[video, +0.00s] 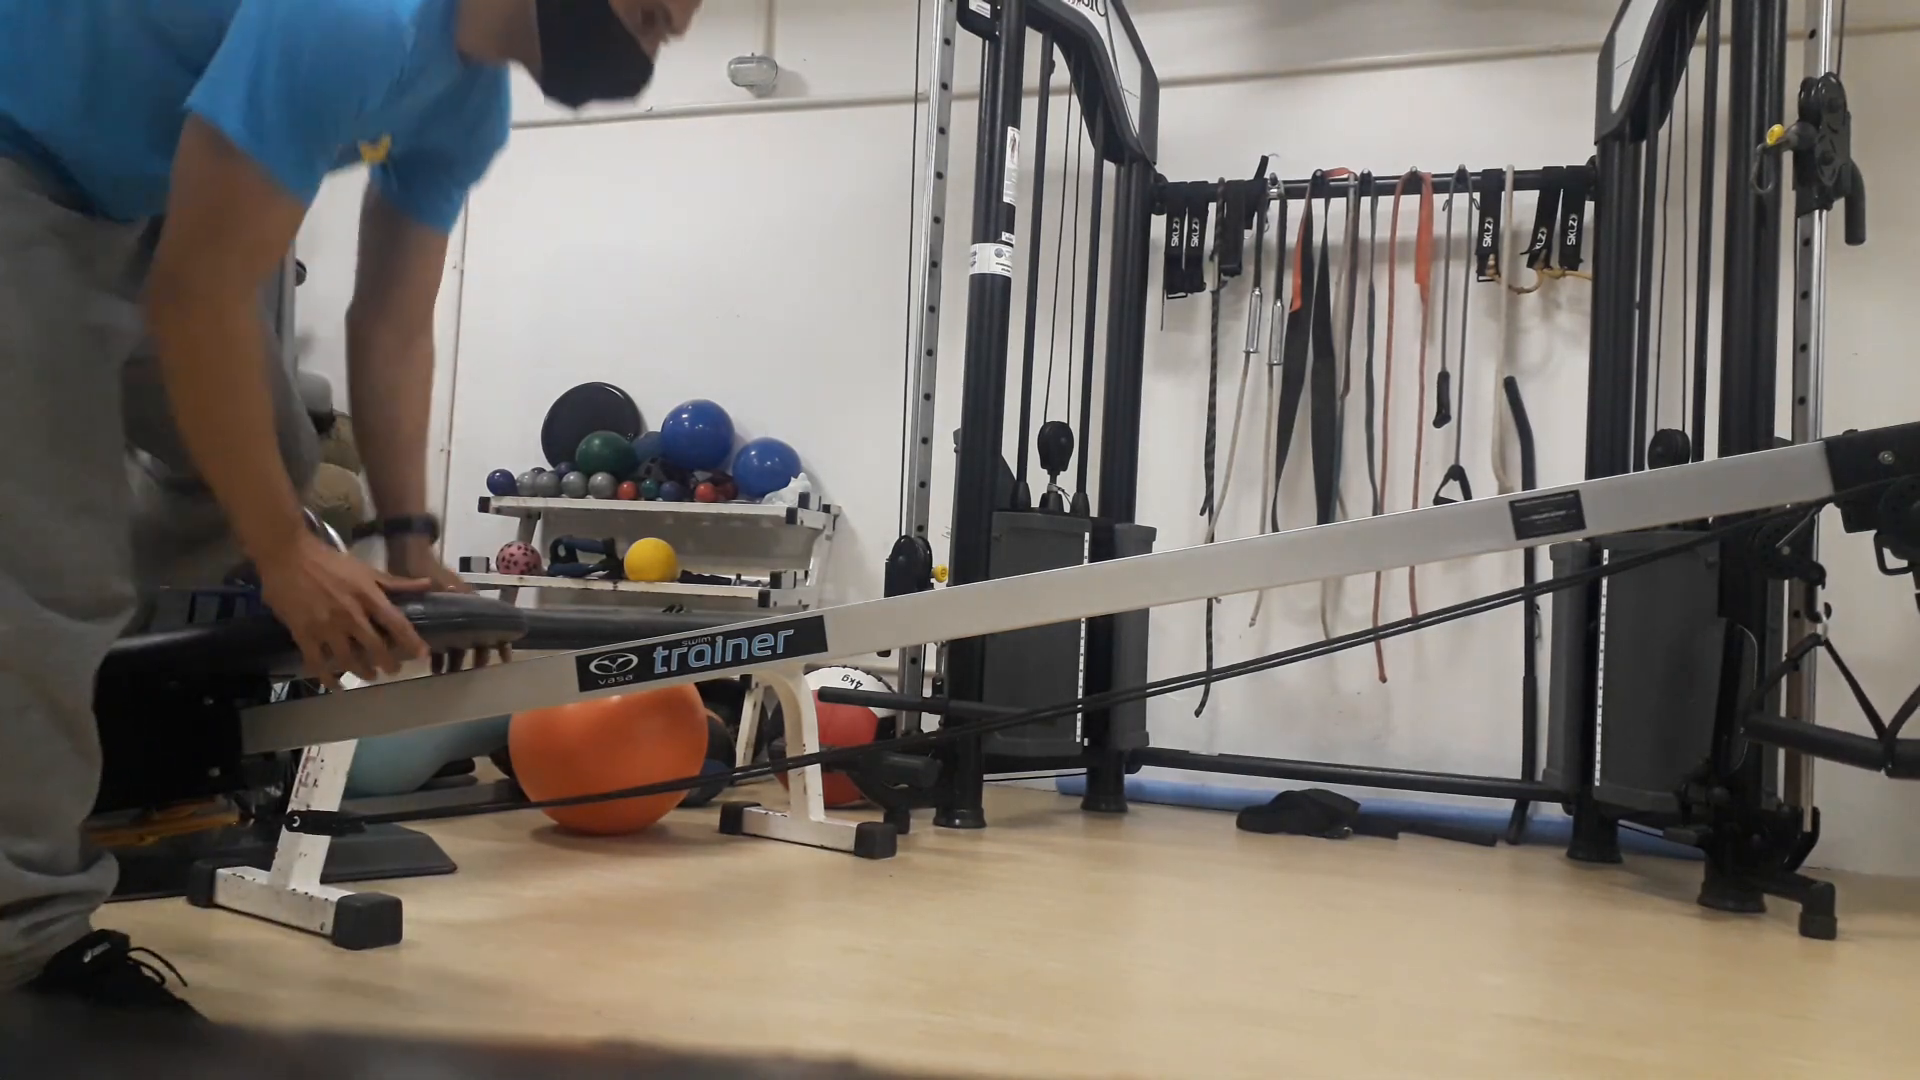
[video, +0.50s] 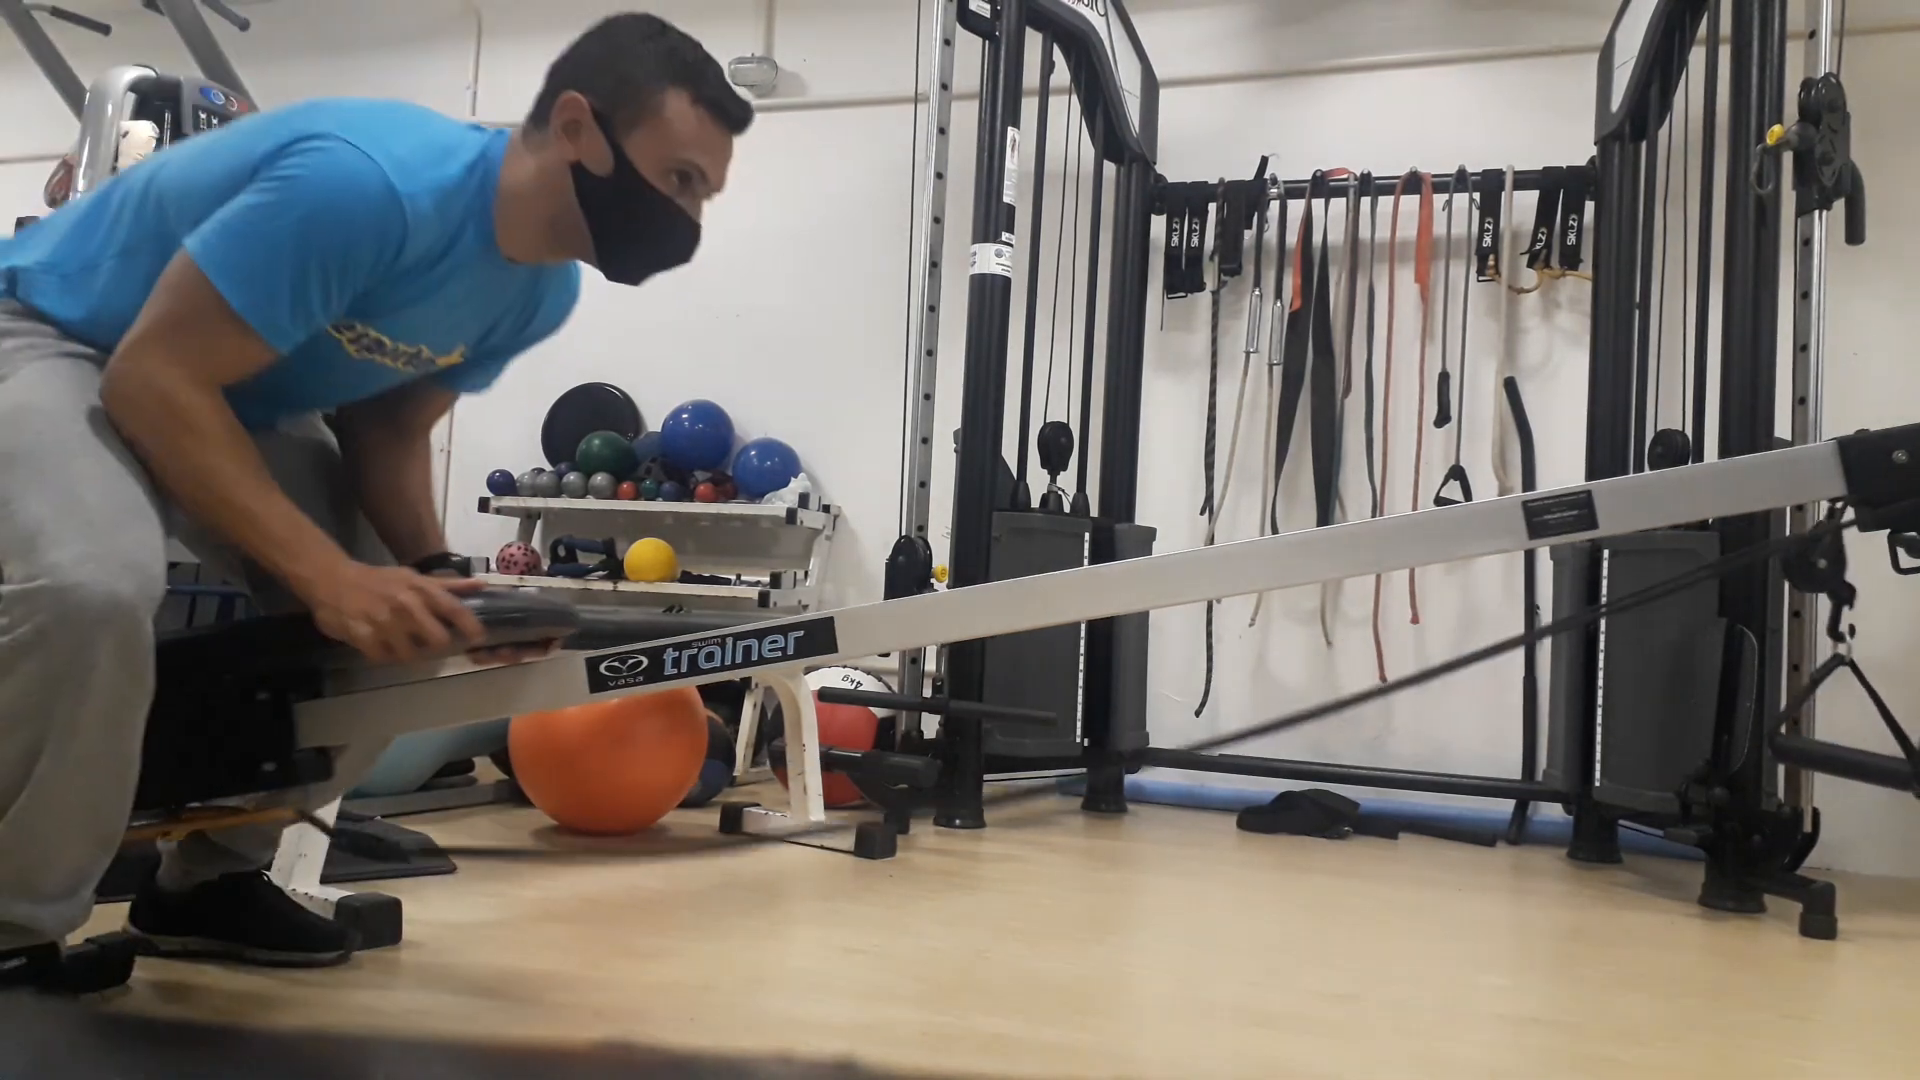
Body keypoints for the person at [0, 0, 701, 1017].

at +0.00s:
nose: (671, 21)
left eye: (680, 16)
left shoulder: (471, 97)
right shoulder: (350, 20)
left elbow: (395, 314)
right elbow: (197, 294)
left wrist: (410, 538)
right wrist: (284, 549)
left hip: (161, 189)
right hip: (30, 161)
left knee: (264, 471)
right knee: (59, 562)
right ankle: (31, 935)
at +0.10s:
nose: (653, 94)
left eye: (671, 71)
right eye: (652, 57)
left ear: (564, 21)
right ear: (560, 10)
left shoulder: (478, 139)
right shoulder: (329, 51)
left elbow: (394, 349)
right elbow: (176, 329)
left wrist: (396, 560)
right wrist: (274, 571)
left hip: (194, 195)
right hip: (36, 171)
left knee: (283, 517)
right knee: (71, 553)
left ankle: (273, 803)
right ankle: (35, 930)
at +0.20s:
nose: (654, 131)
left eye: (675, 109)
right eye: (651, 93)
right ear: (549, 23)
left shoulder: (495, 174)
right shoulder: (322, 82)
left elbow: (388, 368)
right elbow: (156, 343)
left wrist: (393, 575)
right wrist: (277, 582)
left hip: (201, 227)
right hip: (34, 192)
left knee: (282, 557)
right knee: (80, 550)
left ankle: (238, 830)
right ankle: (29, 927)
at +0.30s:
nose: (669, 165)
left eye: (684, 141)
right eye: (661, 125)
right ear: (556, 58)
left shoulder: (514, 214)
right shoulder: (328, 116)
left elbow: (384, 386)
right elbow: (146, 355)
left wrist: (400, 580)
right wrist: (284, 580)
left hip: (208, 286)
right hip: (39, 234)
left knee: (314, 574)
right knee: (80, 561)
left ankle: (202, 870)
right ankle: (20, 920)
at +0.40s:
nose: (679, 202)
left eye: (695, 179)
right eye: (668, 162)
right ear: (564, 106)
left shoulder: (530, 261)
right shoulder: (349, 162)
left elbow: (384, 404)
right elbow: (138, 371)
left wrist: (416, 581)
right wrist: (299, 581)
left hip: (225, 365)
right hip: (43, 305)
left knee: (365, 575)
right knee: (79, 575)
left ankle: (211, 873)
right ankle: (24, 922)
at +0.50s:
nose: (693, 219)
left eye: (708, 196)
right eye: (683, 179)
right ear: (579, 125)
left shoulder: (542, 287)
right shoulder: (358, 188)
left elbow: (391, 420)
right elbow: (148, 381)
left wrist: (433, 574)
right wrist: (328, 574)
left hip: (236, 392)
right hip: (54, 336)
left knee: (381, 602)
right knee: (93, 590)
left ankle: (211, 873)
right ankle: (24, 926)